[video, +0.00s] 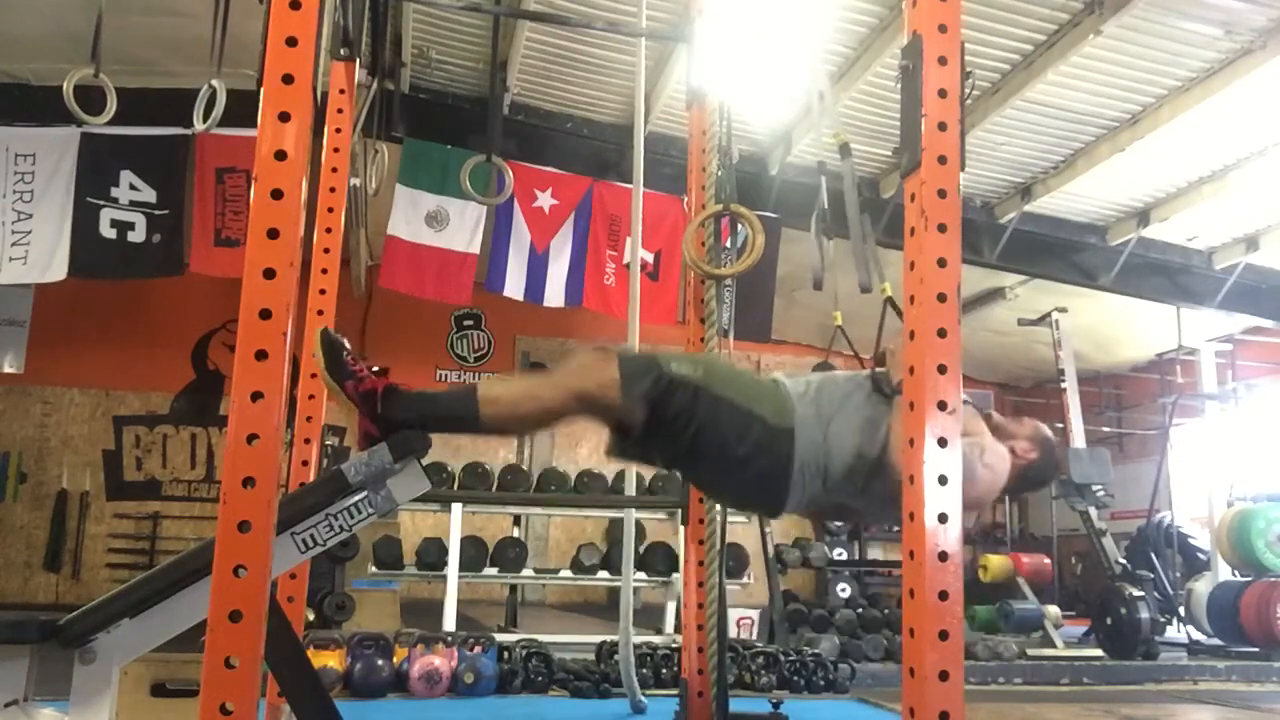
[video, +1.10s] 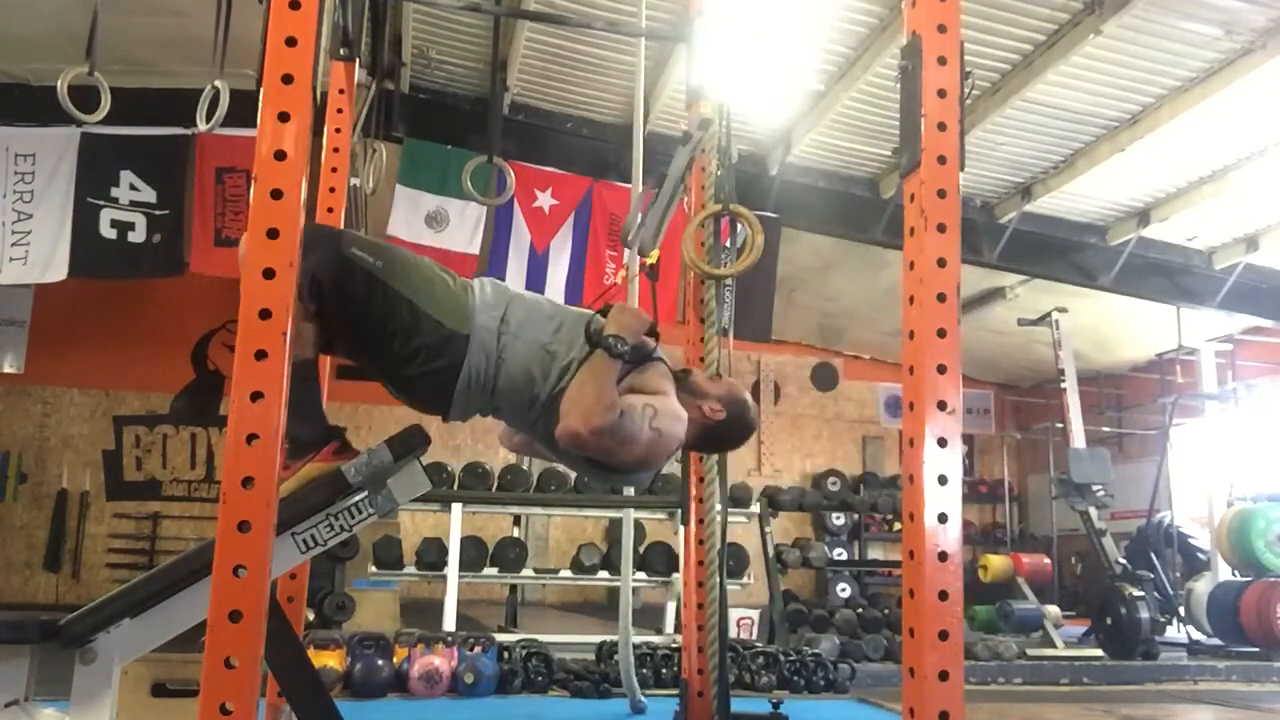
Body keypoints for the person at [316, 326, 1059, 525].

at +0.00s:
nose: (1019, 422)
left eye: (1030, 432)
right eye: (1025, 419)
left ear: (1027, 460)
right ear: (1011, 421)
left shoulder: (985, 465)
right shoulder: (964, 428)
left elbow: (907, 471)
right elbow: (886, 426)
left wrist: (918, 381)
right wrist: (895, 370)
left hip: (786, 443)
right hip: (776, 425)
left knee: (594, 373)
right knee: (579, 392)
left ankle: (389, 407)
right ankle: (398, 421)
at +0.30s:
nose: (925, 422)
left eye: (939, 432)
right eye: (937, 422)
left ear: (938, 467)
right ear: (927, 426)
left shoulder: (897, 486)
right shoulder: (884, 434)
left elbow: (825, 474)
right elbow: (828, 418)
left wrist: (824, 382)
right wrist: (830, 363)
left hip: (687, 418)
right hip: (688, 382)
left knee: (530, 294)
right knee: (515, 316)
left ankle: (370, 408)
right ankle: (378, 400)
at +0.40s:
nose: (894, 421)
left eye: (906, 434)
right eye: (904, 420)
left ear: (900, 470)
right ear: (891, 433)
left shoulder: (848, 480)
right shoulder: (832, 439)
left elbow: (772, 476)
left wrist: (802, 394)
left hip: (646, 405)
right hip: (646, 395)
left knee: (492, 276)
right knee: (485, 303)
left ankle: (352, 416)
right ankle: (357, 413)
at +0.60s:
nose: (809, 438)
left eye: (817, 452)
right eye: (817, 440)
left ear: (807, 471)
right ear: (804, 437)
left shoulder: (763, 473)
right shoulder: (746, 444)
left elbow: (679, 458)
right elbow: (602, 477)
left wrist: (710, 378)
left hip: (569, 373)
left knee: (410, 243)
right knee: (392, 296)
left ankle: (329, 421)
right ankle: (326, 421)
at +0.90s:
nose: (730, 385)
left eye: (740, 400)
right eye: (742, 389)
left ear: (726, 429)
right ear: (724, 416)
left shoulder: (681, 440)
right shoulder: (667, 406)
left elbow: (598, 431)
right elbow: (532, 438)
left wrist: (637, 351)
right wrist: (637, 355)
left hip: (482, 355)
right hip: (484, 316)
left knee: (329, 247)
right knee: (330, 255)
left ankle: (305, 418)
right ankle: (304, 417)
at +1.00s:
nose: (718, 375)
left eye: (728, 389)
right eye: (729, 380)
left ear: (716, 418)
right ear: (713, 412)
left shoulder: (669, 428)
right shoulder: (657, 391)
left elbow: (589, 429)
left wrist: (627, 348)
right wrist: (630, 338)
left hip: (467, 344)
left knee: (317, 248)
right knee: (315, 281)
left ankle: (305, 418)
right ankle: (302, 420)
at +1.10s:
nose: (712, 371)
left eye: (723, 384)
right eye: (724, 376)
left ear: (713, 412)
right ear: (711, 413)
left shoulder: (665, 425)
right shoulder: (654, 395)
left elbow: (585, 427)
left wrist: (622, 343)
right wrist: (628, 336)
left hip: (462, 341)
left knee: (310, 249)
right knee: (311, 279)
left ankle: (302, 418)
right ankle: (299, 418)